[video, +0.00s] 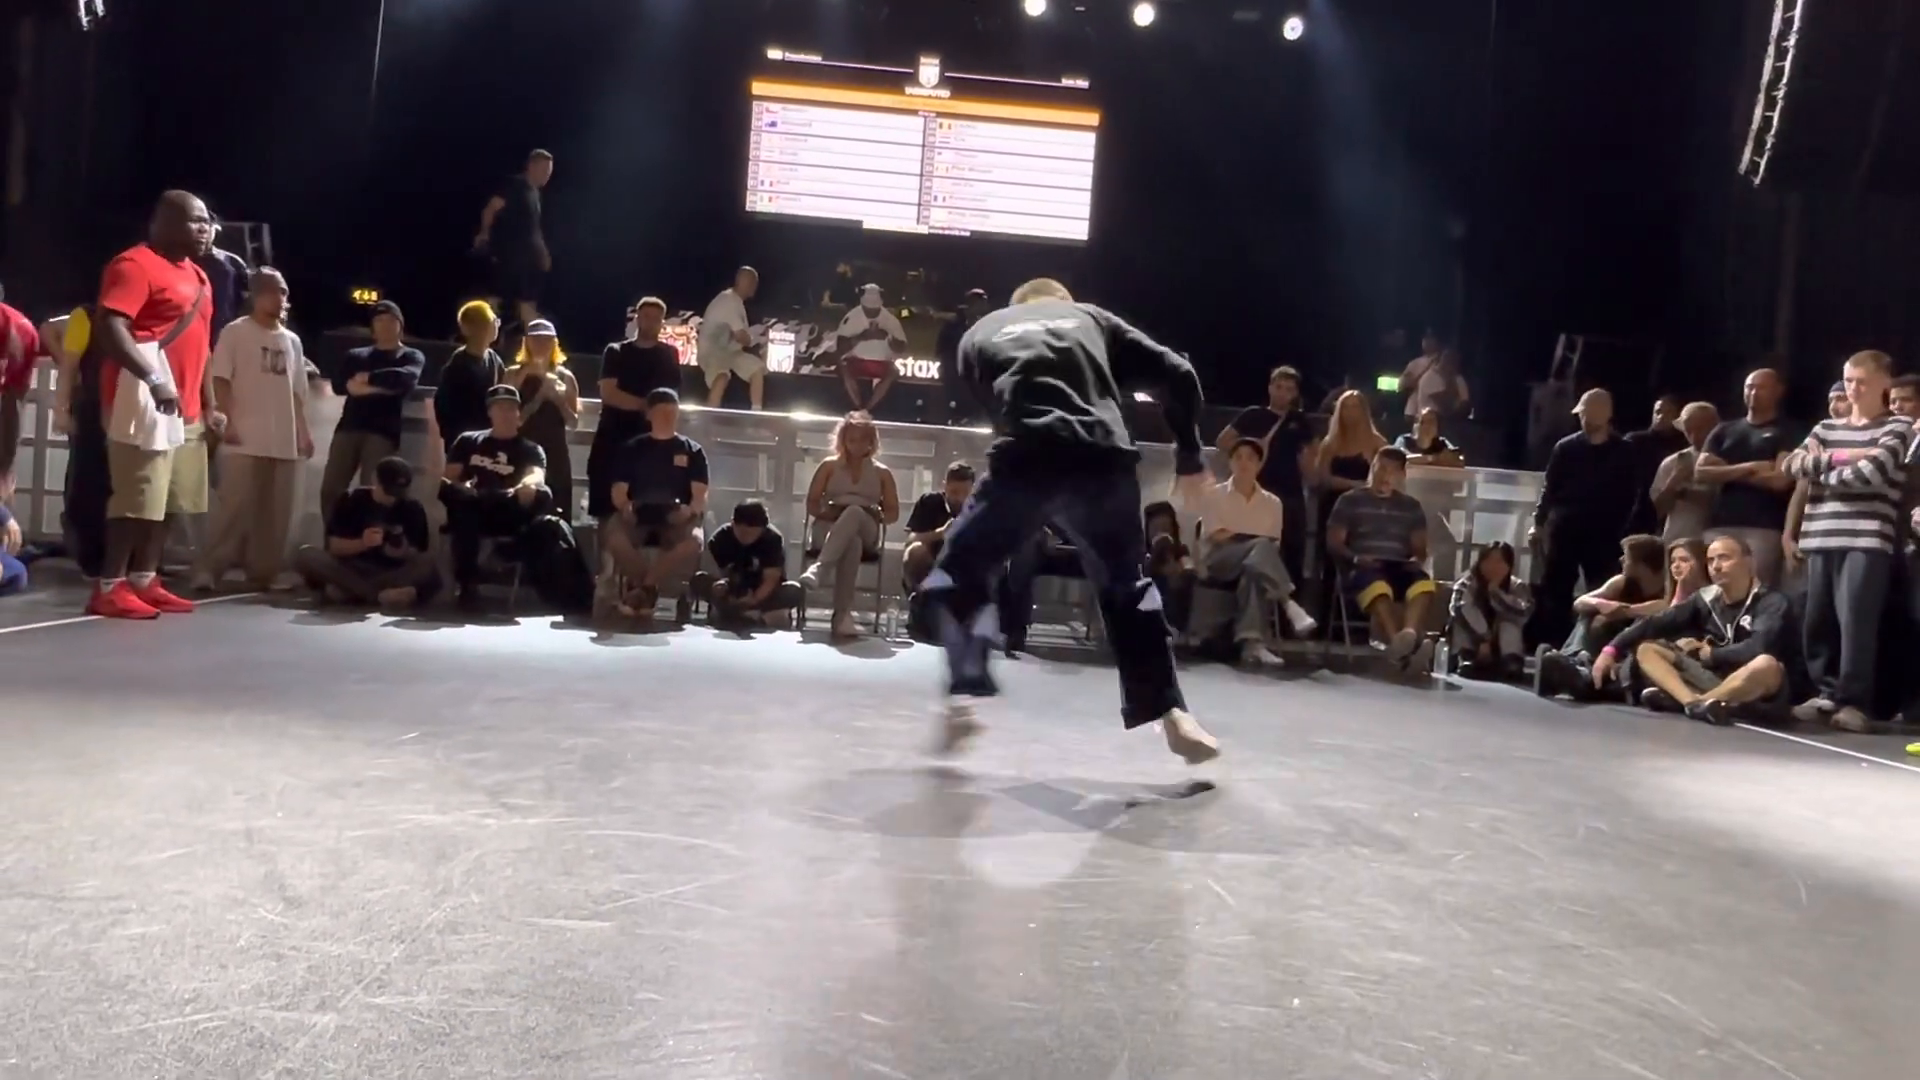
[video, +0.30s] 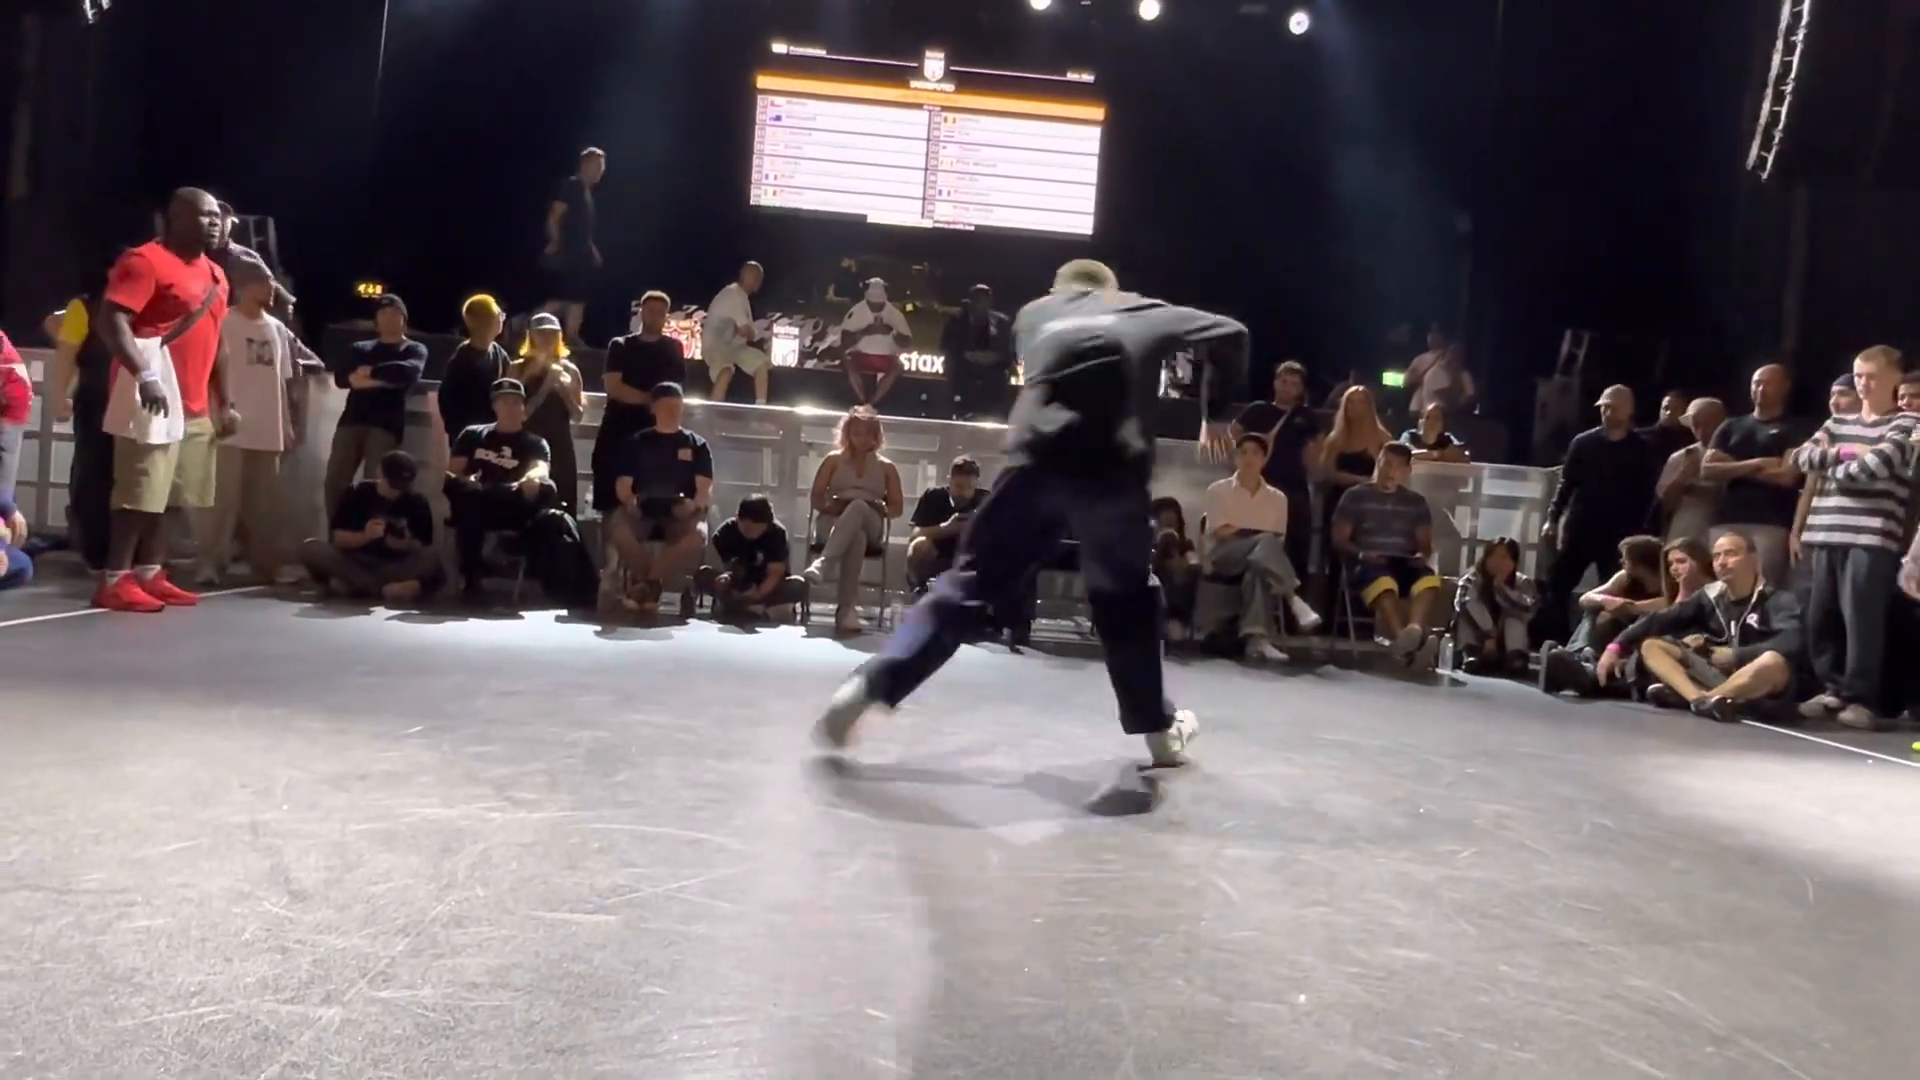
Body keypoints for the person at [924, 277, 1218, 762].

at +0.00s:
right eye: (1067, 301)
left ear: (1015, 305)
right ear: (1066, 303)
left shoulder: (978, 334)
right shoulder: (1093, 316)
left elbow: (968, 405)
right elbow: (1179, 370)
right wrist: (1189, 455)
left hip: (1023, 461)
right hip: (1104, 462)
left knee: (954, 579)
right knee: (1129, 585)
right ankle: (1173, 713)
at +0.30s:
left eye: (1056, 291)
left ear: (1058, 289)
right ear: (1110, 288)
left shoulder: (1033, 314)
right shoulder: (1139, 310)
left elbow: (1033, 367)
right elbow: (1229, 332)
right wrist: (1219, 411)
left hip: (1035, 468)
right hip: (1113, 476)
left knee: (971, 580)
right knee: (1123, 601)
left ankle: (870, 684)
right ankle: (1157, 732)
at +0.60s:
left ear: (1175, 321)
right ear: (1223, 328)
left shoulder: (1142, 345)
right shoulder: (1247, 355)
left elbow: (1096, 447)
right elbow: (1264, 459)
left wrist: (1079, 547)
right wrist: (1254, 555)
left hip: (1137, 454)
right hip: (1211, 465)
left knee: (1166, 514)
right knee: (1214, 599)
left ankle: (1152, 582)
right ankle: (1183, 730)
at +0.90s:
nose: (1243, 316)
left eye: (1246, 309)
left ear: (1247, 312)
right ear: (1303, 315)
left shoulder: (1218, 342)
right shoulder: (1325, 347)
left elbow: (1184, 418)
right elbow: (1360, 441)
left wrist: (1202, 498)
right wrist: (1335, 513)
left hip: (1229, 483)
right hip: (1297, 485)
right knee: (1264, 606)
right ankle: (1192, 715)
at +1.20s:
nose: (1302, 313)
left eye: (1304, 305)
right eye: (1305, 305)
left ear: (1312, 307)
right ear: (1363, 314)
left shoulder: (1273, 362)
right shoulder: (1386, 360)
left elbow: (1221, 454)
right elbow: (1453, 447)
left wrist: (1215, 520)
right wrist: (1459, 533)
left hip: (1299, 513)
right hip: (1368, 513)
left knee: (1342, 623)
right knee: (1390, 609)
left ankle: (1386, 734)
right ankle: (1325, 699)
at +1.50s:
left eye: (1334, 244)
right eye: (1393, 258)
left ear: (1334, 246)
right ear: (1391, 261)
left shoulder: (1287, 302)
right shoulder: (1384, 313)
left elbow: (1267, 391)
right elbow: (1424, 412)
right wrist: (1435, 475)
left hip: (1248, 465)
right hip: (1320, 474)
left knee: (1281, 608)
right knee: (1361, 588)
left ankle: (1205, 687)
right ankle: (1348, 730)